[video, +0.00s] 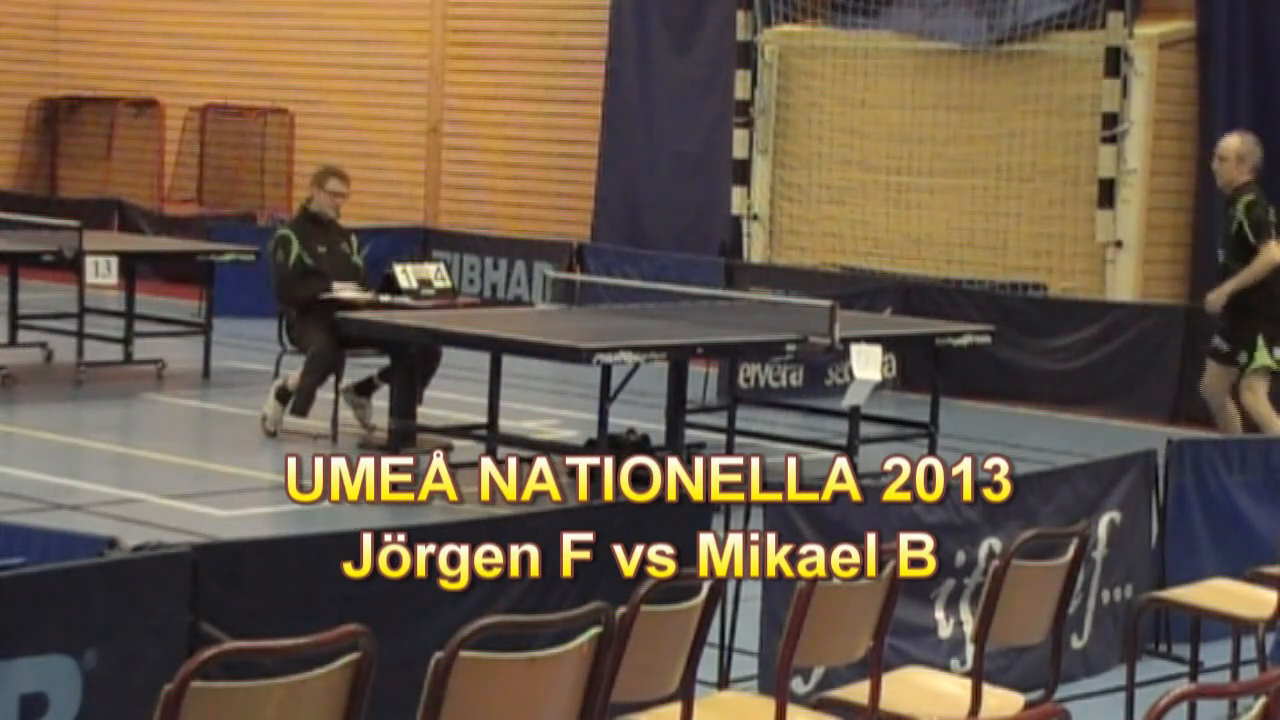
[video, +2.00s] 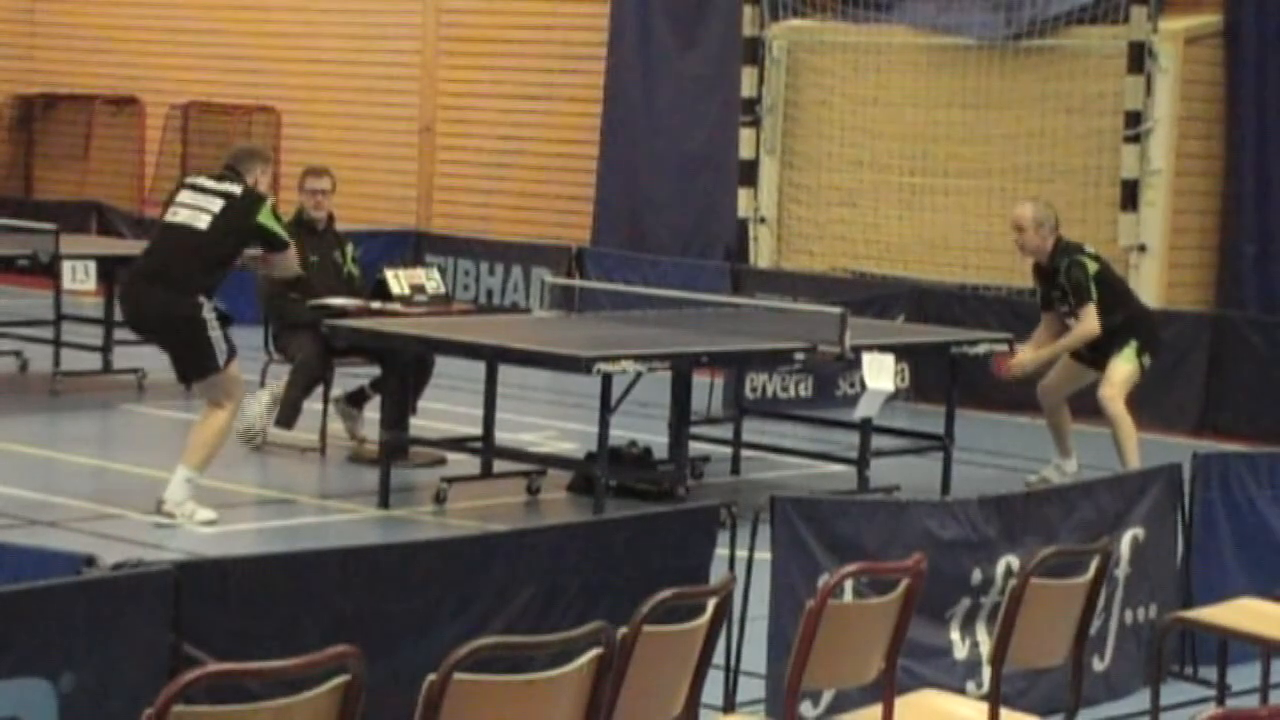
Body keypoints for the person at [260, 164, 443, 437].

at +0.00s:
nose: (339, 203)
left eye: (343, 197)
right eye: (333, 195)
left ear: (346, 198)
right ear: (314, 192)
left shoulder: (346, 236)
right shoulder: (290, 235)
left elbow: (360, 282)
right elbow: (287, 290)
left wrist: (366, 295)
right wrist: (331, 287)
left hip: (351, 318)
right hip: (310, 317)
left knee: (425, 351)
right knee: (328, 354)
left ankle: (362, 391)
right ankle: (283, 393)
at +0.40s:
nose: (356, 208)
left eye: (360, 203)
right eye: (351, 199)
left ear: (363, 204)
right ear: (332, 193)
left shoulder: (351, 237)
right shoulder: (305, 229)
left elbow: (360, 281)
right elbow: (324, 278)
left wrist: (391, 281)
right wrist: (369, 281)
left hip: (351, 314)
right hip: (310, 313)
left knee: (426, 351)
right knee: (328, 355)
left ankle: (361, 391)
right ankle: (283, 393)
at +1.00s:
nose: (363, 208)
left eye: (367, 202)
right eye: (358, 199)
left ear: (370, 204)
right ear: (340, 195)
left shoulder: (355, 238)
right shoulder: (313, 229)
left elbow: (365, 281)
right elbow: (334, 276)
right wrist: (371, 286)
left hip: (350, 318)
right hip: (310, 316)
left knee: (419, 350)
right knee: (328, 349)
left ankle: (362, 391)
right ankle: (299, 395)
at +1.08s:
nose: (302, 196)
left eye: (309, 189)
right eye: (296, 188)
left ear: (317, 192)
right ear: (284, 190)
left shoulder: (321, 234)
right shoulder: (264, 236)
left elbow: (345, 278)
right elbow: (257, 296)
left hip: (329, 323)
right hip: (281, 324)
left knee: (409, 355)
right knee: (306, 356)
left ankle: (343, 402)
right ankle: (275, 403)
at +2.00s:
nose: (318, 200)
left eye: (324, 193)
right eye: (311, 193)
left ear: (332, 197)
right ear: (299, 195)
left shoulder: (340, 241)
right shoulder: (283, 237)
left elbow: (357, 290)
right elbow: (275, 300)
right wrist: (320, 315)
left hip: (340, 324)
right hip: (298, 324)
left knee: (417, 358)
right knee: (313, 359)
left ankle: (354, 401)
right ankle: (272, 423)